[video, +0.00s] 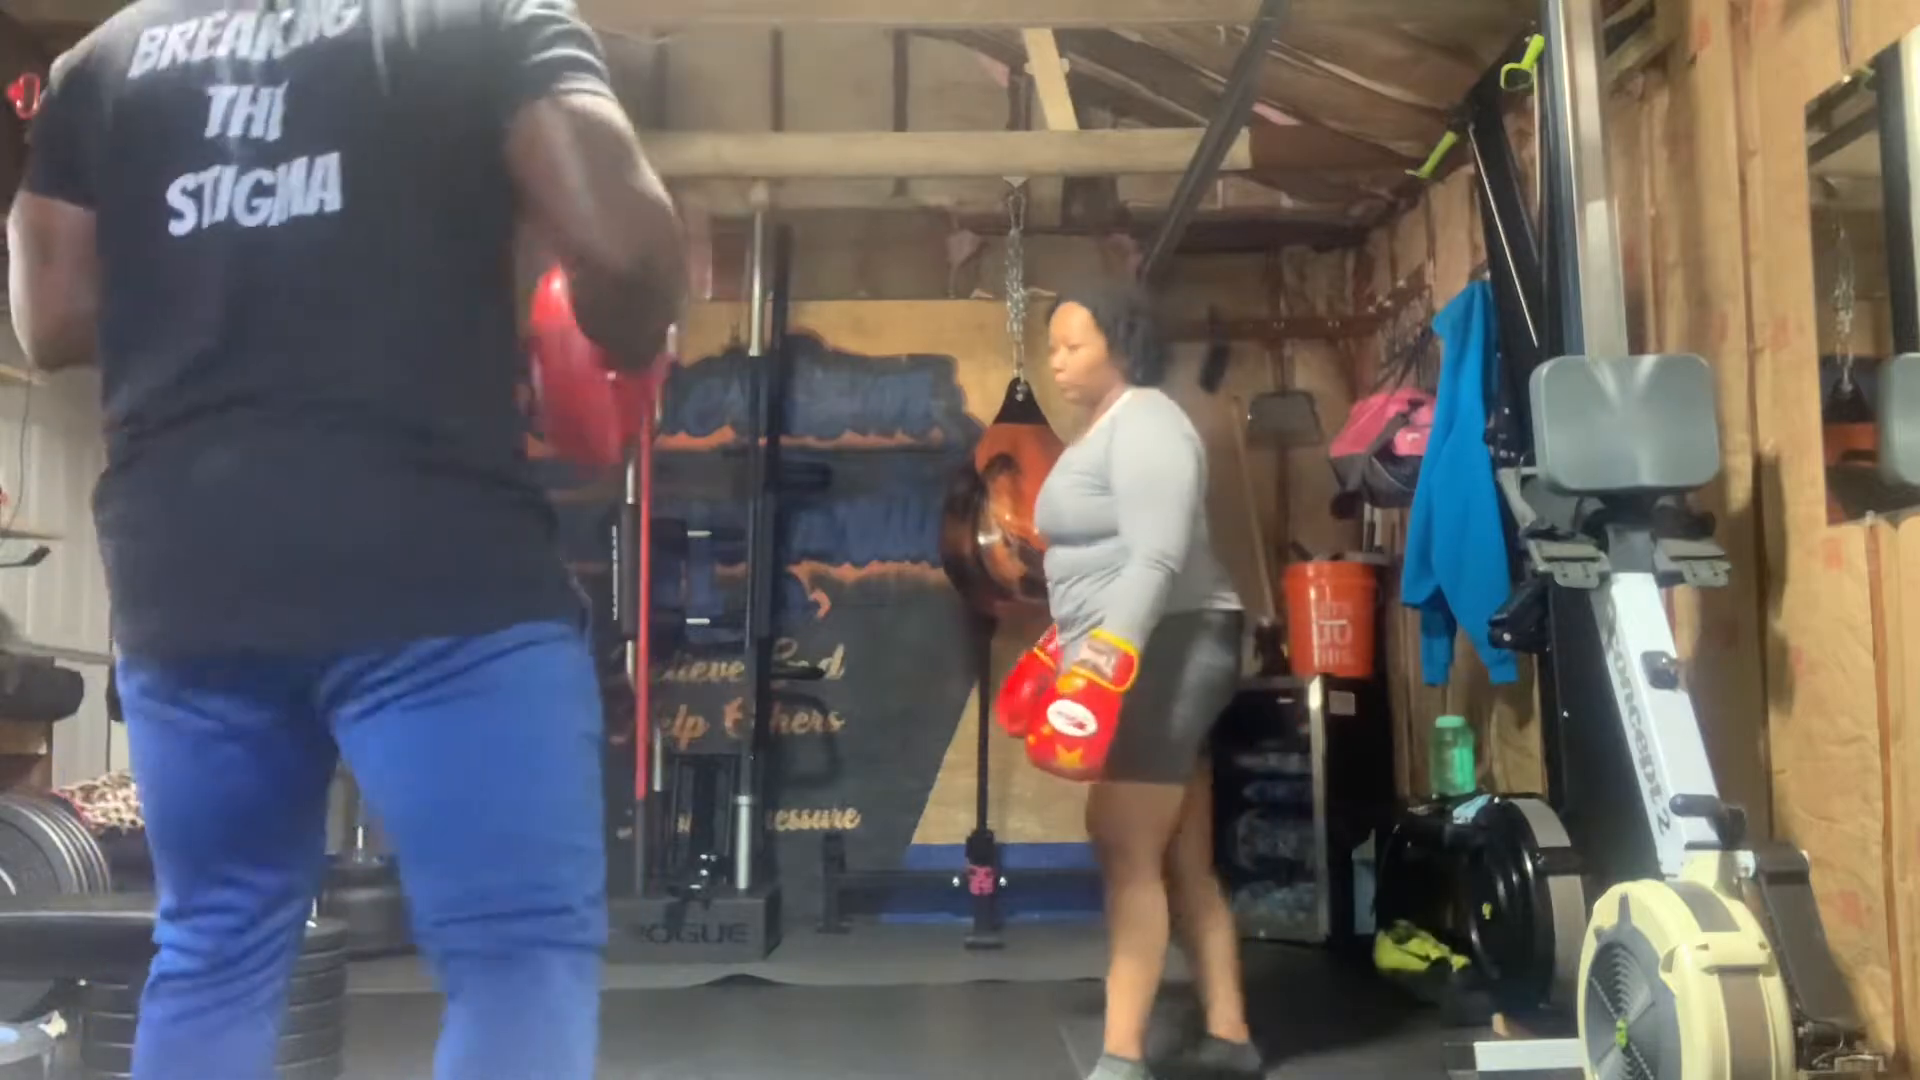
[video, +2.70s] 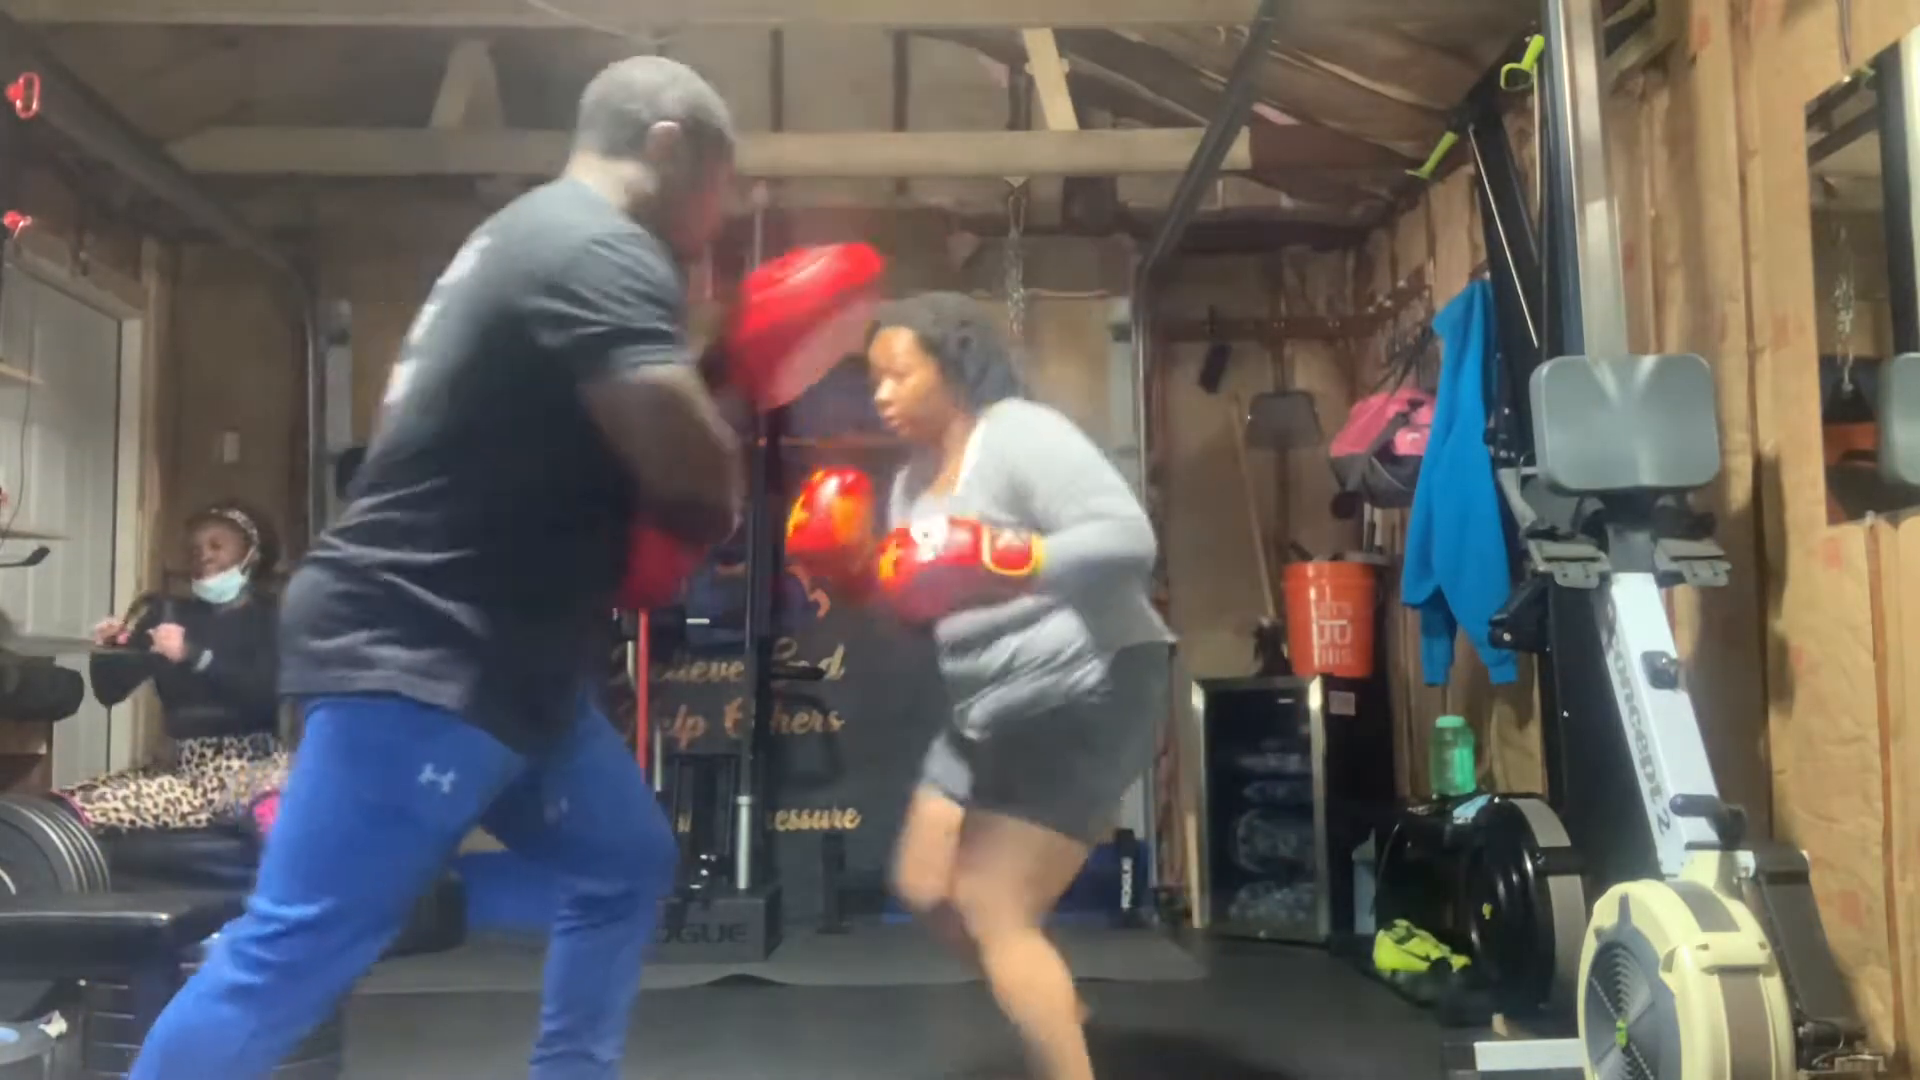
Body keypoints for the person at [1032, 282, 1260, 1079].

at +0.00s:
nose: (1058, 364)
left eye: (1073, 345)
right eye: (1053, 349)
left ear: (1119, 348)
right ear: (1060, 358)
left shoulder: (1148, 422)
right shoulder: (1109, 430)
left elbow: (1158, 555)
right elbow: (1110, 562)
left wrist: (1101, 660)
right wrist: (1060, 648)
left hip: (1175, 634)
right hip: (1157, 635)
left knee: (1127, 840)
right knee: (1186, 855)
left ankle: (1121, 1058)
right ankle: (1229, 1035)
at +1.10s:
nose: (1075, 343)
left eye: (1092, 326)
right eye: (1072, 329)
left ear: (1142, 327)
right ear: (1077, 338)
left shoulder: (1186, 403)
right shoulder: (1083, 435)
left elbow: (1219, 531)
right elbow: (1081, 549)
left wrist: (1098, 527)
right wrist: (1020, 524)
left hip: (1182, 641)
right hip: (1114, 654)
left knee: (1153, 868)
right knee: (1144, 867)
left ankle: (1153, 1068)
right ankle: (1155, 1057)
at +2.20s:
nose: (1060, 349)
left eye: (1077, 330)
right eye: (1055, 333)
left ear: (1132, 333)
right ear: (1057, 340)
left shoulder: (1175, 399)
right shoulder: (1073, 430)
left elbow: (1182, 511)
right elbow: (1021, 548)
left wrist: (1081, 472)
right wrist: (1001, 478)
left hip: (1152, 638)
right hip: (1101, 652)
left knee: (1067, 880)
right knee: (1146, 898)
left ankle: (1086, 1074)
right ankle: (1214, 1071)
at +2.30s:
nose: (1038, 330)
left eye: (1054, 313)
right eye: (1033, 317)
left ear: (1106, 312)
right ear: (1031, 330)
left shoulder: (1142, 374)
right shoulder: (1040, 419)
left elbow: (1143, 447)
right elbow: (1016, 548)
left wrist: (1052, 387)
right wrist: (981, 456)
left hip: (1133, 627)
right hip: (1101, 636)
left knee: (1085, 888)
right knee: (1169, 900)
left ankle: (1093, 1075)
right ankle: (1216, 1071)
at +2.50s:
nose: (972, 337)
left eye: (989, 317)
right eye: (967, 321)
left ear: (1049, 312)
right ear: (968, 332)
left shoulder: (1089, 363)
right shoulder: (983, 421)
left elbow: (1091, 415)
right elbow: (948, 536)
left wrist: (971, 384)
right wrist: (904, 471)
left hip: (1128, 629)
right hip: (1063, 656)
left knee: (1058, 874)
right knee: (1156, 906)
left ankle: (1088, 1074)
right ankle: (1218, 1073)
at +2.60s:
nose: (926, 357)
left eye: (942, 338)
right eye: (923, 340)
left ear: (999, 333)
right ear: (937, 345)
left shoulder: (1053, 391)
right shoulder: (948, 442)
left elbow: (1116, 491)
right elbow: (939, 571)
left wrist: (993, 496)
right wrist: (867, 576)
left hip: (1113, 649)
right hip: (1035, 678)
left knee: (1028, 879)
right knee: (1050, 888)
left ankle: (1078, 1073)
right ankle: (1186, 1041)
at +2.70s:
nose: (879, 395)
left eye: (894, 374)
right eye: (875, 379)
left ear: (955, 367)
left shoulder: (1018, 430)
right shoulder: (912, 482)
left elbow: (1129, 536)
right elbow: (914, 613)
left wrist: (1010, 557)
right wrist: (849, 581)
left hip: (1088, 685)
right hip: (984, 703)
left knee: (997, 897)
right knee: (926, 882)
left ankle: (1068, 1071)